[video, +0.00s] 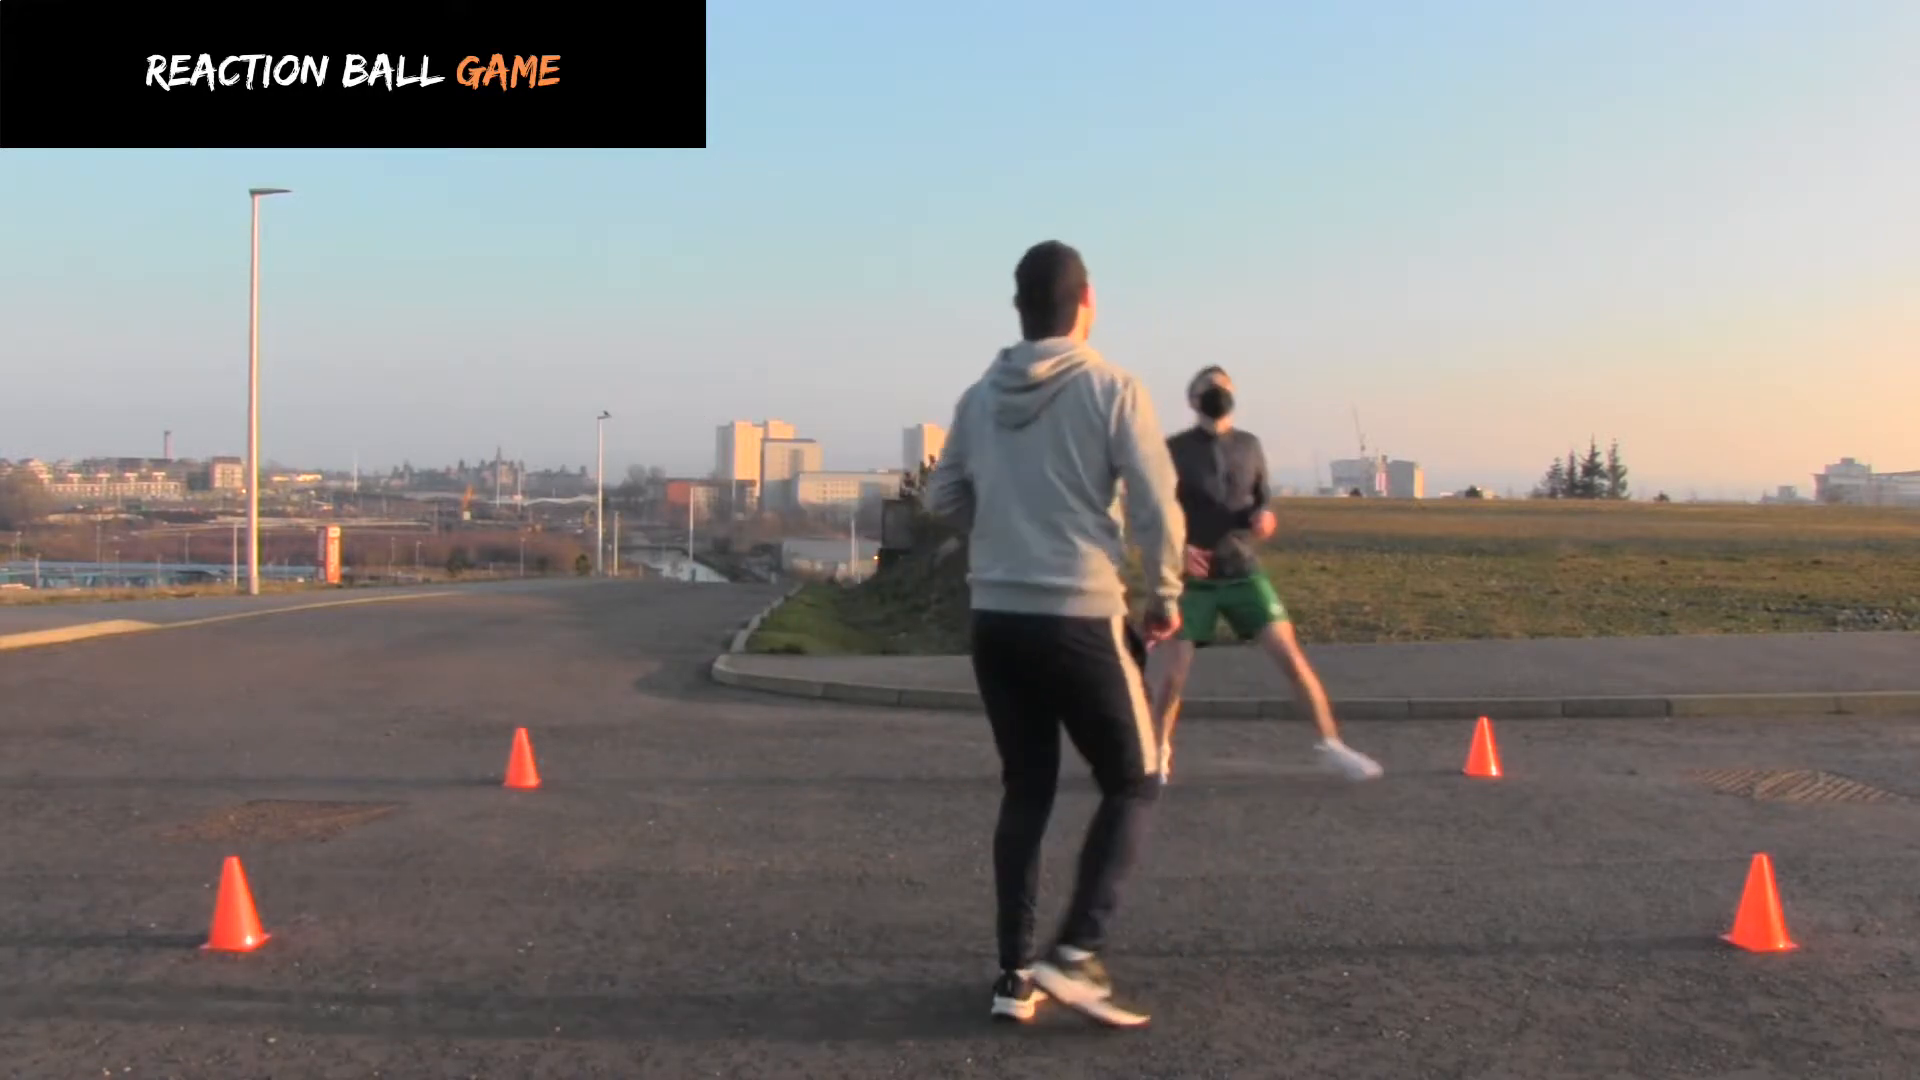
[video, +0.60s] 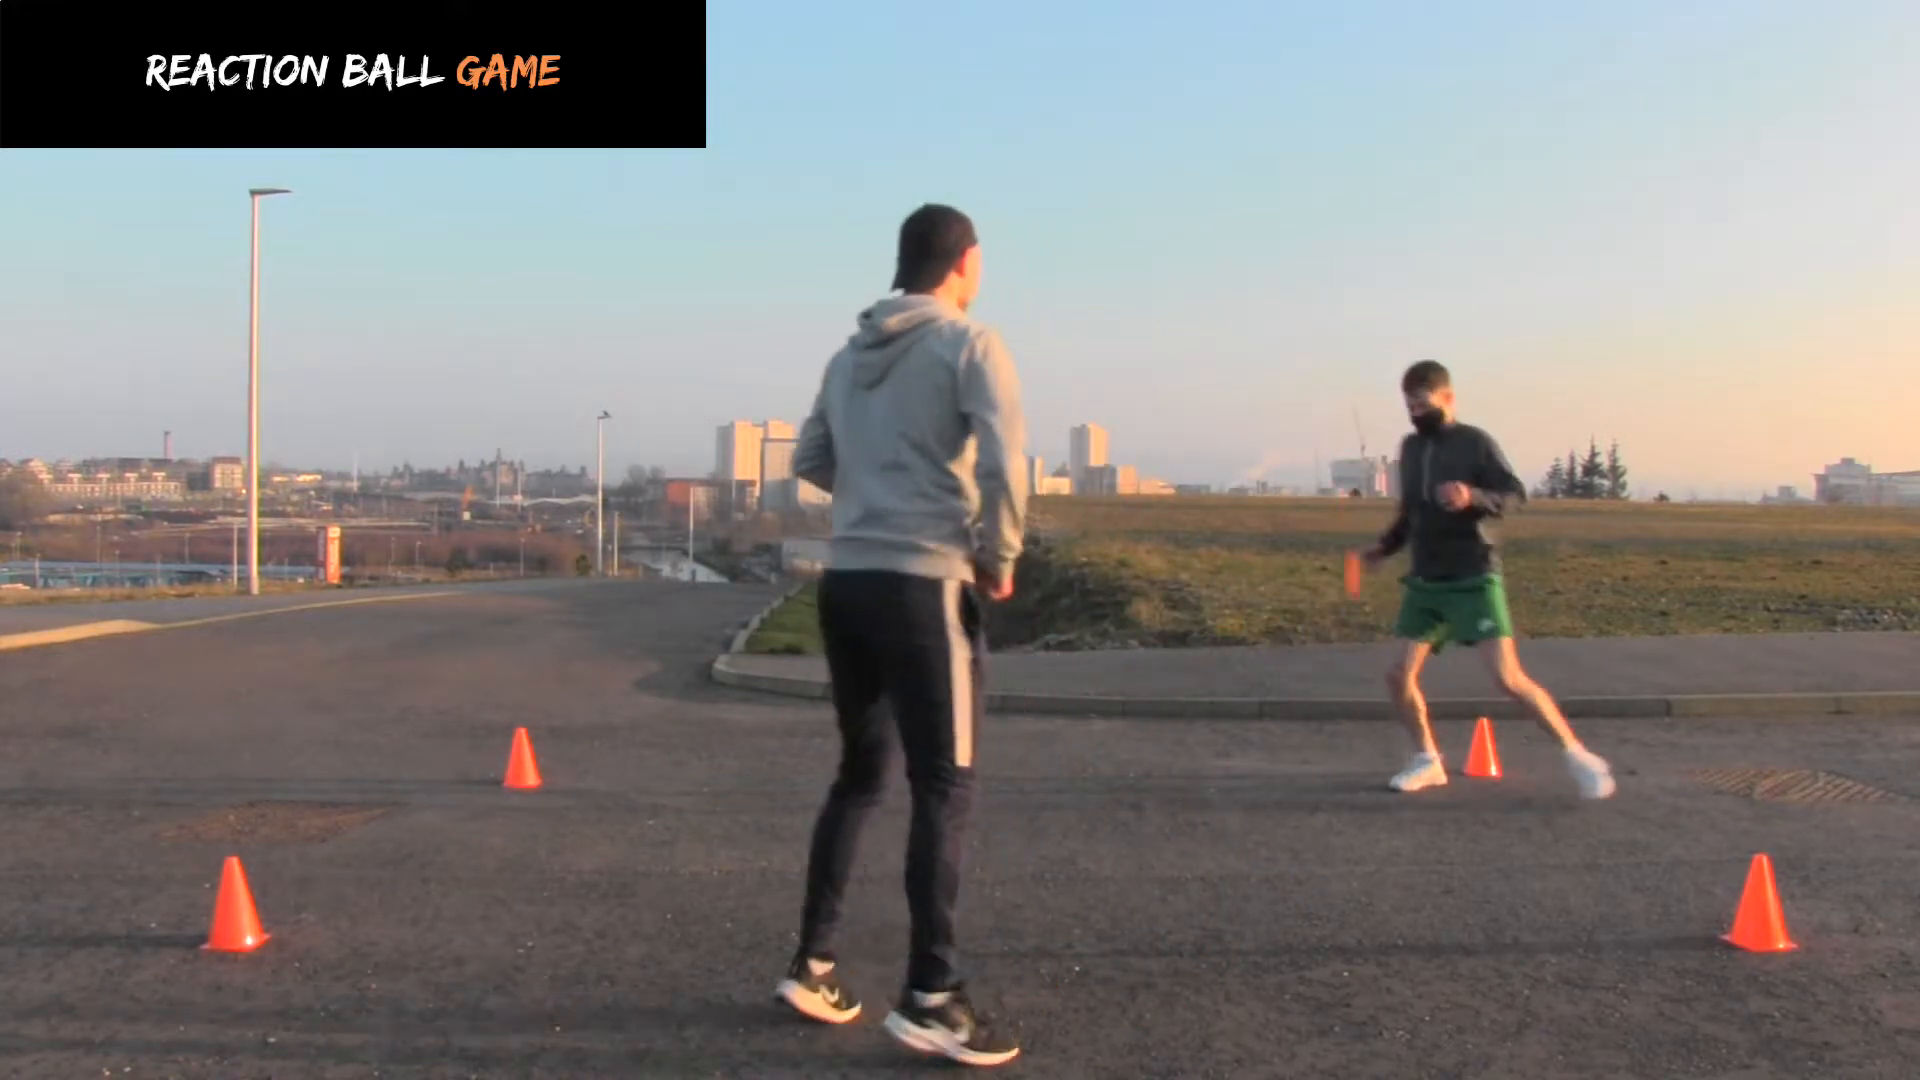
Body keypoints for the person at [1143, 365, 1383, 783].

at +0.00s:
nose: (1217, 397)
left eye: (1223, 389)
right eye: (1209, 390)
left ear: (1232, 397)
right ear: (1194, 399)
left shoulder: (1249, 447)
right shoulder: (1172, 450)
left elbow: (1261, 498)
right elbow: (1152, 507)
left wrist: (1263, 516)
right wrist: (1175, 547)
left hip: (1244, 573)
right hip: (1192, 577)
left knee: (1292, 657)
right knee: (1173, 675)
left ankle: (1330, 741)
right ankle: (1160, 757)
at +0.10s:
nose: (1249, 404)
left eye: (1255, 397)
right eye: (1240, 400)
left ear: (1265, 406)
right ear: (1226, 410)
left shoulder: (1284, 453)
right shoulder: (1208, 462)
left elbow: (1299, 503)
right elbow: (1183, 525)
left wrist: (1298, 518)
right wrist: (1204, 561)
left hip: (1281, 586)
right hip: (1226, 587)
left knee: (1330, 669)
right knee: (1194, 678)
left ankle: (1371, 755)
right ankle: (1162, 752)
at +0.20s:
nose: (1299, 393)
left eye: (1304, 386)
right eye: (1290, 389)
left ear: (1317, 395)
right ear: (1277, 402)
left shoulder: (1342, 441)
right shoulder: (1265, 457)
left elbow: (1375, 491)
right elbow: (1253, 510)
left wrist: (1353, 497)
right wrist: (1248, 544)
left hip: (1344, 575)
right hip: (1288, 578)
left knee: (1377, 664)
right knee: (1245, 666)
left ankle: (1384, 758)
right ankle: (1197, 745)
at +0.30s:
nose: (1327, 377)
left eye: (1333, 369)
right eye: (1317, 371)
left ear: (1347, 376)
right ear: (1305, 381)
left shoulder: (1370, 418)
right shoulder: (1296, 435)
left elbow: (1411, 463)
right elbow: (1287, 489)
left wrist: (1382, 473)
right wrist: (1278, 524)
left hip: (1373, 560)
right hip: (1317, 560)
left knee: (1385, 659)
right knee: (1289, 652)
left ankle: (1386, 754)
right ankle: (1278, 743)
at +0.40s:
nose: (1362, 364)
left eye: (1369, 356)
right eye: (1354, 358)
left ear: (1386, 360)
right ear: (1344, 366)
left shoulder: (1410, 403)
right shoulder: (1337, 415)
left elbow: (1455, 448)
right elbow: (1328, 471)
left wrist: (1419, 451)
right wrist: (1317, 501)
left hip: (1409, 541)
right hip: (1358, 543)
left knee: (1420, 650)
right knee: (1353, 651)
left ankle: (1427, 743)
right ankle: (1387, 737)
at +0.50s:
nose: (1383, 376)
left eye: (1390, 367)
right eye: (1377, 369)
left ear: (1412, 368)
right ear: (1371, 374)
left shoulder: (1437, 415)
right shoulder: (1365, 424)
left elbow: (1483, 462)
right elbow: (1356, 479)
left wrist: (1443, 459)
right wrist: (1343, 509)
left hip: (1435, 552)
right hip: (1384, 555)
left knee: (1452, 654)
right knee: (1387, 665)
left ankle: (1485, 744)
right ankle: (1425, 752)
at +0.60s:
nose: (1415, 409)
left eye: (1423, 400)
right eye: (1410, 401)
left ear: (1448, 396)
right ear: (1406, 402)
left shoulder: (1474, 443)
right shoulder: (1412, 449)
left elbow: (1514, 497)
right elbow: (1411, 513)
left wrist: (1473, 497)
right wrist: (1383, 547)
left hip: (1477, 580)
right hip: (1427, 582)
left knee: (1508, 677)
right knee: (1400, 678)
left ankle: (1578, 756)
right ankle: (1429, 760)